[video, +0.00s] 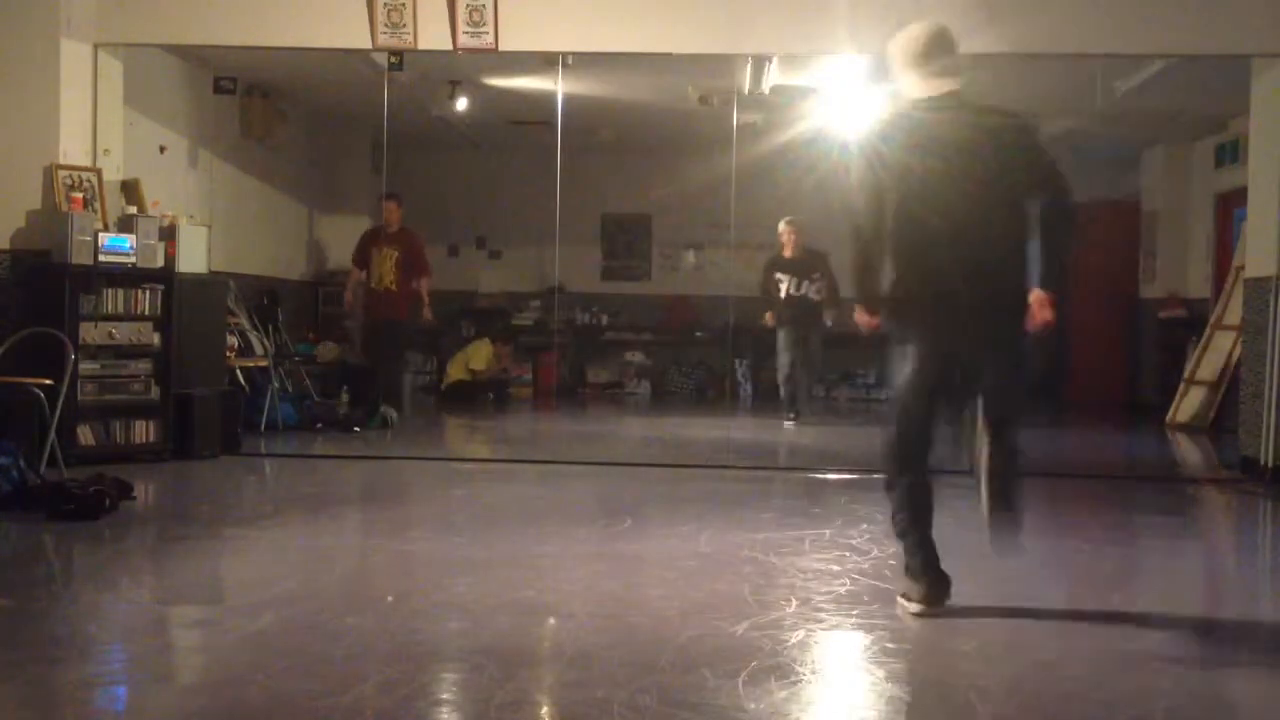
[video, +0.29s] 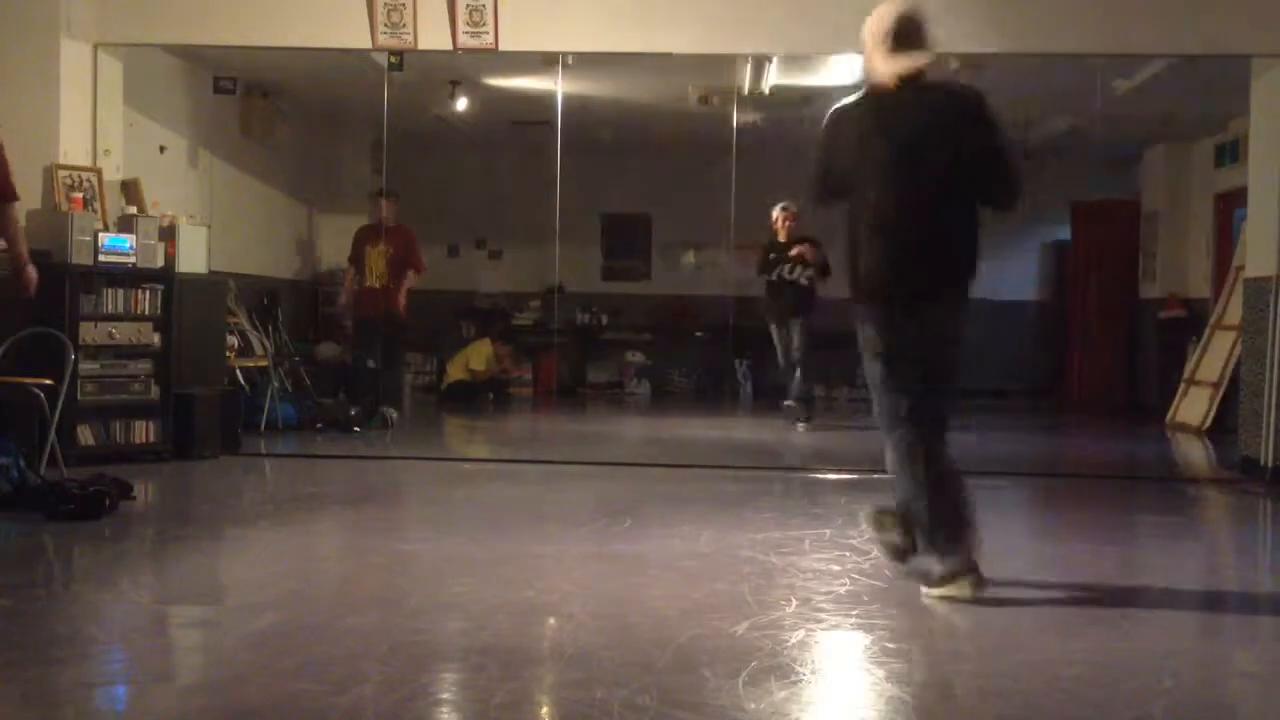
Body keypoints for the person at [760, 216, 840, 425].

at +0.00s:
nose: (792, 238)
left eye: (795, 233)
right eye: (788, 234)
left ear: (802, 235)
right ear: (780, 237)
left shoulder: (817, 259)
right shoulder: (774, 263)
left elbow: (830, 286)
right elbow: (766, 291)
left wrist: (832, 307)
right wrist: (768, 310)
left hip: (812, 317)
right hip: (786, 318)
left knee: (811, 363)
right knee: (786, 363)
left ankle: (806, 404)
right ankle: (789, 409)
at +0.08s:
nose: (788, 231)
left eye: (791, 226)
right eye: (784, 227)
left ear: (799, 229)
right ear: (778, 231)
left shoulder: (814, 252)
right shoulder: (773, 258)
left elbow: (828, 275)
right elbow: (768, 286)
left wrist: (828, 295)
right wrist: (778, 294)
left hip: (807, 312)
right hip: (783, 314)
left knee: (798, 354)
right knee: (781, 363)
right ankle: (790, 408)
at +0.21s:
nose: (794, 221)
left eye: (797, 216)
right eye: (789, 216)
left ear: (801, 219)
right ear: (780, 219)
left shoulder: (811, 243)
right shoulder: (772, 246)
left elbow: (824, 268)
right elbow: (760, 277)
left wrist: (803, 261)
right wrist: (780, 260)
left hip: (801, 299)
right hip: (777, 300)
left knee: (789, 347)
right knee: (783, 350)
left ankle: (790, 395)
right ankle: (790, 396)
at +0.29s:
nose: (787, 224)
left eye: (790, 220)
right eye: (782, 220)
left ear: (796, 221)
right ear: (774, 222)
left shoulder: (807, 244)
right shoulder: (770, 246)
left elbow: (824, 272)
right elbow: (762, 270)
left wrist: (812, 257)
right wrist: (788, 255)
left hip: (800, 303)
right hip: (776, 304)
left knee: (799, 355)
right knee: (784, 358)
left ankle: (796, 401)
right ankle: (802, 407)